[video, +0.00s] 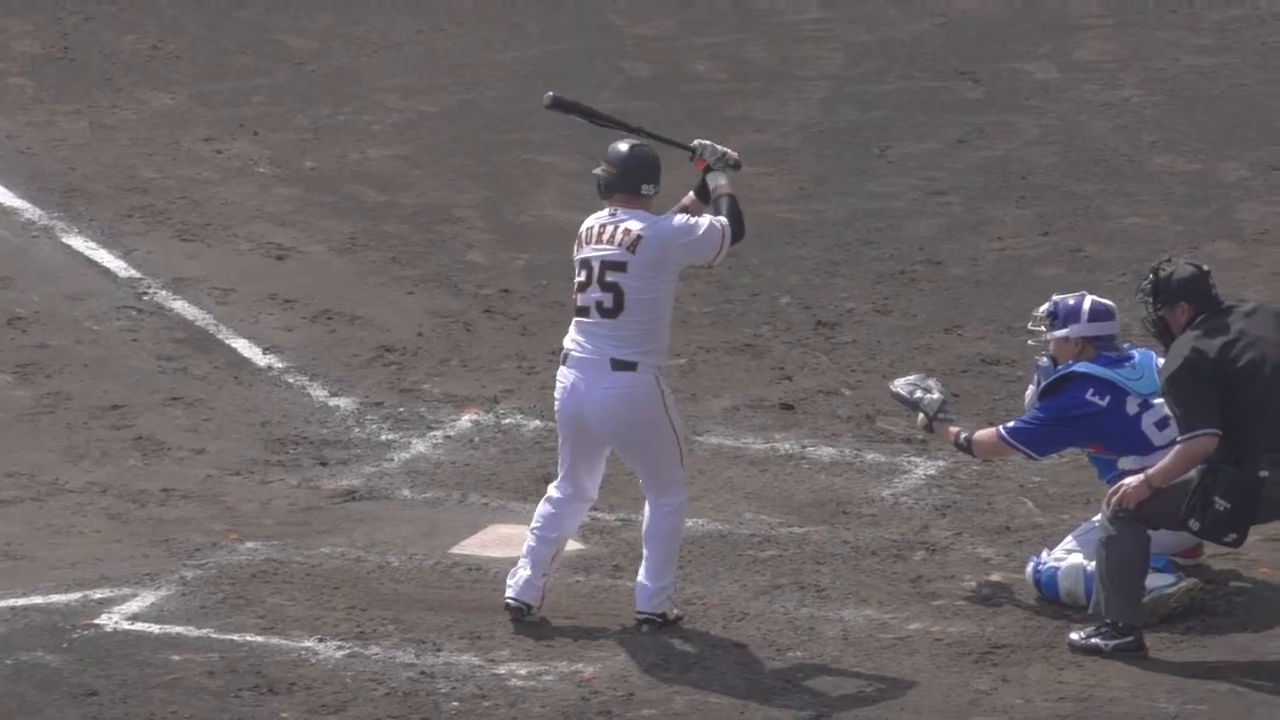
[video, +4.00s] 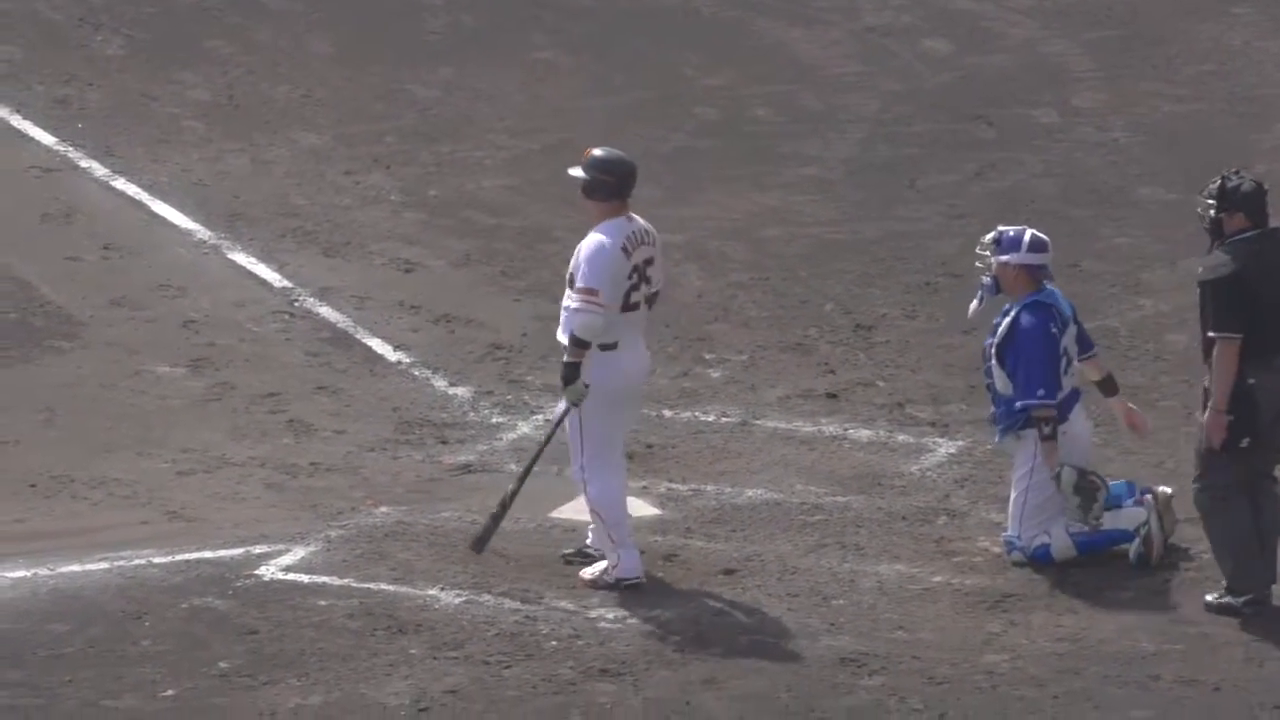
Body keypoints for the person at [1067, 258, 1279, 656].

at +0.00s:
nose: (1159, 321)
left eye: (1161, 312)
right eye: (1157, 312)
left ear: (1183, 311)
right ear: (1205, 300)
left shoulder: (1186, 356)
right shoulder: (1262, 314)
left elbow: (1202, 438)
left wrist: (1146, 481)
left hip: (1251, 488)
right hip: (1273, 475)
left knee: (1124, 505)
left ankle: (1120, 626)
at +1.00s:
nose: (1035, 325)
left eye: (1037, 318)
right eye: (1033, 317)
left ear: (1056, 318)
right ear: (1081, 308)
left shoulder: (1056, 358)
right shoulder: (1129, 326)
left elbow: (1068, 428)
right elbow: (1176, 387)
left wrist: (1022, 460)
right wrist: (1159, 431)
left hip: (1108, 471)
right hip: (1165, 457)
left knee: (1004, 482)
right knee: (1171, 463)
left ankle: (1001, 580)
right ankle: (1213, 550)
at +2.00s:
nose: (1057, 346)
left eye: (1058, 339)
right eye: (1055, 339)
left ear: (1075, 335)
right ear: (1098, 323)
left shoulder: (1078, 376)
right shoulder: (1148, 339)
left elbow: (1092, 448)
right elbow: (1189, 401)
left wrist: (1051, 486)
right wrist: (1190, 448)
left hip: (1139, 482)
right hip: (1193, 468)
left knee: (1038, 509)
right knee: (1207, 497)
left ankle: (1039, 604)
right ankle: (1253, 574)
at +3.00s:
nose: (1107, 255)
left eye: (1109, 248)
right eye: (1108, 247)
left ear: (1122, 252)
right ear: (1150, 244)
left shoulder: (1113, 306)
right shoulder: (1188, 270)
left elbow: (1103, 383)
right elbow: (1226, 278)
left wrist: (1089, 440)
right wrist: (1227, 234)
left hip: (1144, 417)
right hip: (1197, 406)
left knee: (1114, 513)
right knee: (1203, 509)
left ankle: (1095, 611)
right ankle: (1236, 612)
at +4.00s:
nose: (1214, 219)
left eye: (1217, 212)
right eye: (1216, 212)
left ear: (1232, 217)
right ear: (1258, 213)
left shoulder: (1228, 263)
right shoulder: (1273, 246)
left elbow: (1229, 341)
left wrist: (1217, 408)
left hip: (1243, 390)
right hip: (1271, 385)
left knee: (1216, 484)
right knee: (1259, 478)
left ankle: (1245, 586)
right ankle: (1260, 576)